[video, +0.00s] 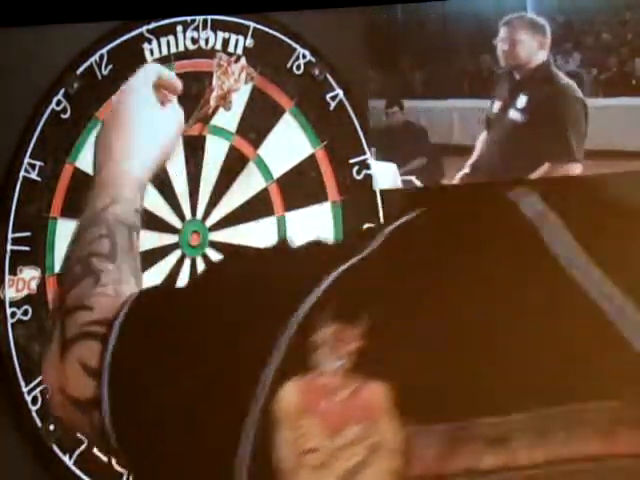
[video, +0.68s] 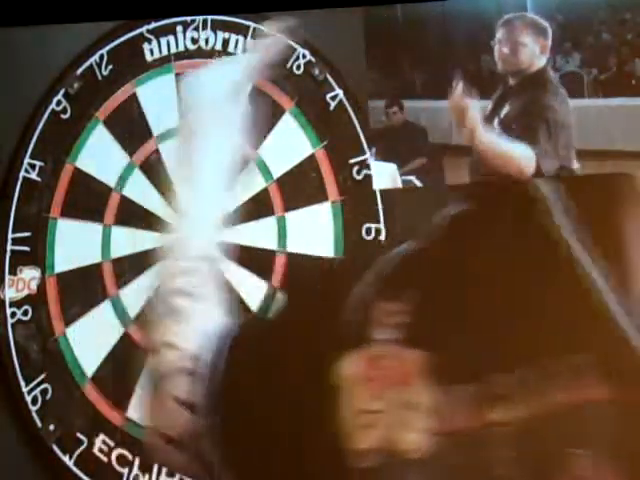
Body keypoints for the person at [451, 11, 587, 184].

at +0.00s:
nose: (503, 48)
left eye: (513, 41)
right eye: (500, 41)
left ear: (542, 45)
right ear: (496, 42)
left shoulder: (563, 92)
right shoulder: (508, 82)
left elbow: (568, 165)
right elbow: (490, 133)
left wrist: (518, 196)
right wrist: (467, 173)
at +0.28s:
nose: (504, 48)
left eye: (515, 41)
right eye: (500, 40)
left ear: (542, 46)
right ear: (495, 42)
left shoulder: (556, 97)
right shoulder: (510, 87)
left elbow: (558, 174)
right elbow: (493, 156)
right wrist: (468, 179)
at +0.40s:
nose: (504, 49)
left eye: (515, 42)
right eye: (500, 41)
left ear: (542, 47)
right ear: (494, 43)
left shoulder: (548, 99)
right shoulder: (512, 87)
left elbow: (544, 178)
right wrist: (477, 175)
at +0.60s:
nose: (504, 50)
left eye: (516, 43)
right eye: (499, 42)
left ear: (543, 48)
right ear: (493, 45)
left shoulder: (548, 99)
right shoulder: (510, 90)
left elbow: (530, 166)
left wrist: (476, 146)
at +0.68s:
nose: (504, 51)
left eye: (517, 44)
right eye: (500, 42)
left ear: (543, 48)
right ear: (493, 45)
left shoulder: (547, 98)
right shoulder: (512, 93)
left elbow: (525, 165)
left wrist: (476, 129)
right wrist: (468, 124)